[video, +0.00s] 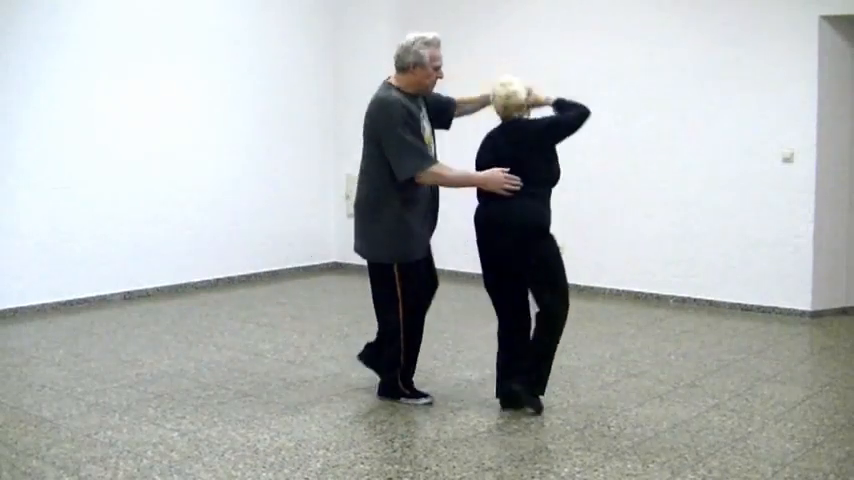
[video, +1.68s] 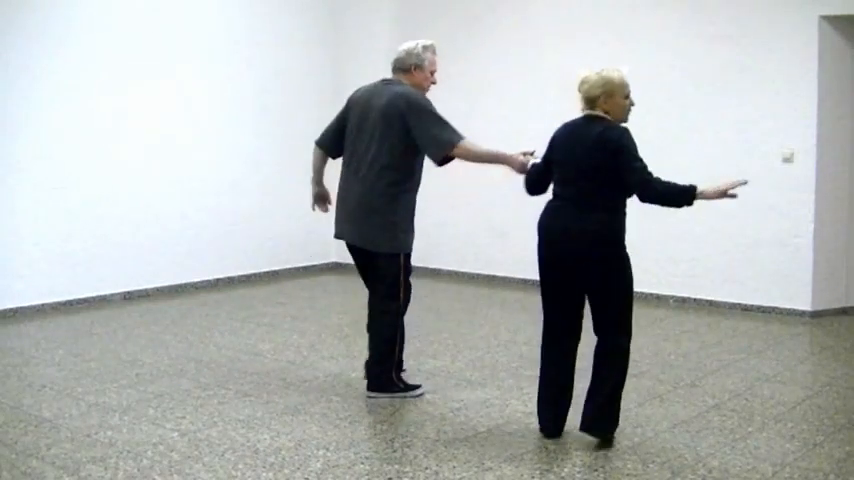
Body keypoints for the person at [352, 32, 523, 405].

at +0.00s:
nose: (440, 75)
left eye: (440, 67)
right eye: (434, 68)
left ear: (415, 68)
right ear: (409, 69)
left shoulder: (412, 97)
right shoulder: (391, 107)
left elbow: (452, 109)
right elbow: (421, 172)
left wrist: (494, 97)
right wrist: (480, 178)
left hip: (406, 223)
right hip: (388, 228)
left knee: (423, 286)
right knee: (401, 305)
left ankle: (381, 350)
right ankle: (396, 384)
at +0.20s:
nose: (443, 72)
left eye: (443, 65)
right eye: (437, 66)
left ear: (425, 67)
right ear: (413, 67)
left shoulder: (426, 99)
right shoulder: (386, 106)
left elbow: (447, 137)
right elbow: (404, 170)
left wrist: (492, 139)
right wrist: (461, 185)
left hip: (422, 226)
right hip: (390, 231)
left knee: (434, 292)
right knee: (396, 307)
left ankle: (414, 363)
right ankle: (392, 383)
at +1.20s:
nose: (454, 73)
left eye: (455, 66)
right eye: (450, 66)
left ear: (431, 66)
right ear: (427, 65)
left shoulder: (420, 99)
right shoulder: (404, 95)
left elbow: (416, 151)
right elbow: (393, 144)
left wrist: (445, 167)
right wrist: (441, 161)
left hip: (413, 218)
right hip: (402, 220)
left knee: (428, 289)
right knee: (433, 287)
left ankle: (406, 364)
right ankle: (411, 370)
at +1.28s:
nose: (453, 75)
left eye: (454, 68)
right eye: (449, 67)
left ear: (428, 68)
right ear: (428, 67)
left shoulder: (413, 97)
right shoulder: (407, 96)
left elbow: (390, 149)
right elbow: (391, 145)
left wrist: (430, 179)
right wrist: (433, 177)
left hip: (408, 219)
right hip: (400, 221)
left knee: (423, 290)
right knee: (421, 292)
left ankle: (409, 369)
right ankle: (401, 373)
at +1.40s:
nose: (451, 79)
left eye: (451, 72)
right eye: (447, 71)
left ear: (420, 71)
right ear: (426, 69)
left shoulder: (390, 96)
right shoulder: (412, 99)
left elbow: (352, 148)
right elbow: (405, 154)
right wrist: (441, 192)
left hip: (387, 223)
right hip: (397, 225)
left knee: (412, 301)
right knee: (403, 304)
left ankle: (414, 372)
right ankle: (385, 380)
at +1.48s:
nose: (447, 81)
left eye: (448, 73)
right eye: (444, 73)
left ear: (418, 70)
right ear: (426, 69)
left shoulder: (380, 95)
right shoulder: (414, 99)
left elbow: (339, 147)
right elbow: (419, 158)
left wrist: (336, 188)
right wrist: (464, 188)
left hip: (370, 220)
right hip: (392, 223)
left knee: (403, 298)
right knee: (398, 303)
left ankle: (412, 368)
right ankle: (386, 381)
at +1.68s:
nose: (434, 80)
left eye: (435, 73)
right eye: (431, 72)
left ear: (404, 70)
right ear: (414, 69)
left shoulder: (363, 96)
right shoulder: (410, 101)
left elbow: (322, 146)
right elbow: (453, 147)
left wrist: (317, 185)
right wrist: (507, 158)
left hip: (352, 219)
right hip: (387, 222)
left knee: (385, 294)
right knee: (393, 296)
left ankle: (382, 369)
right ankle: (384, 379)